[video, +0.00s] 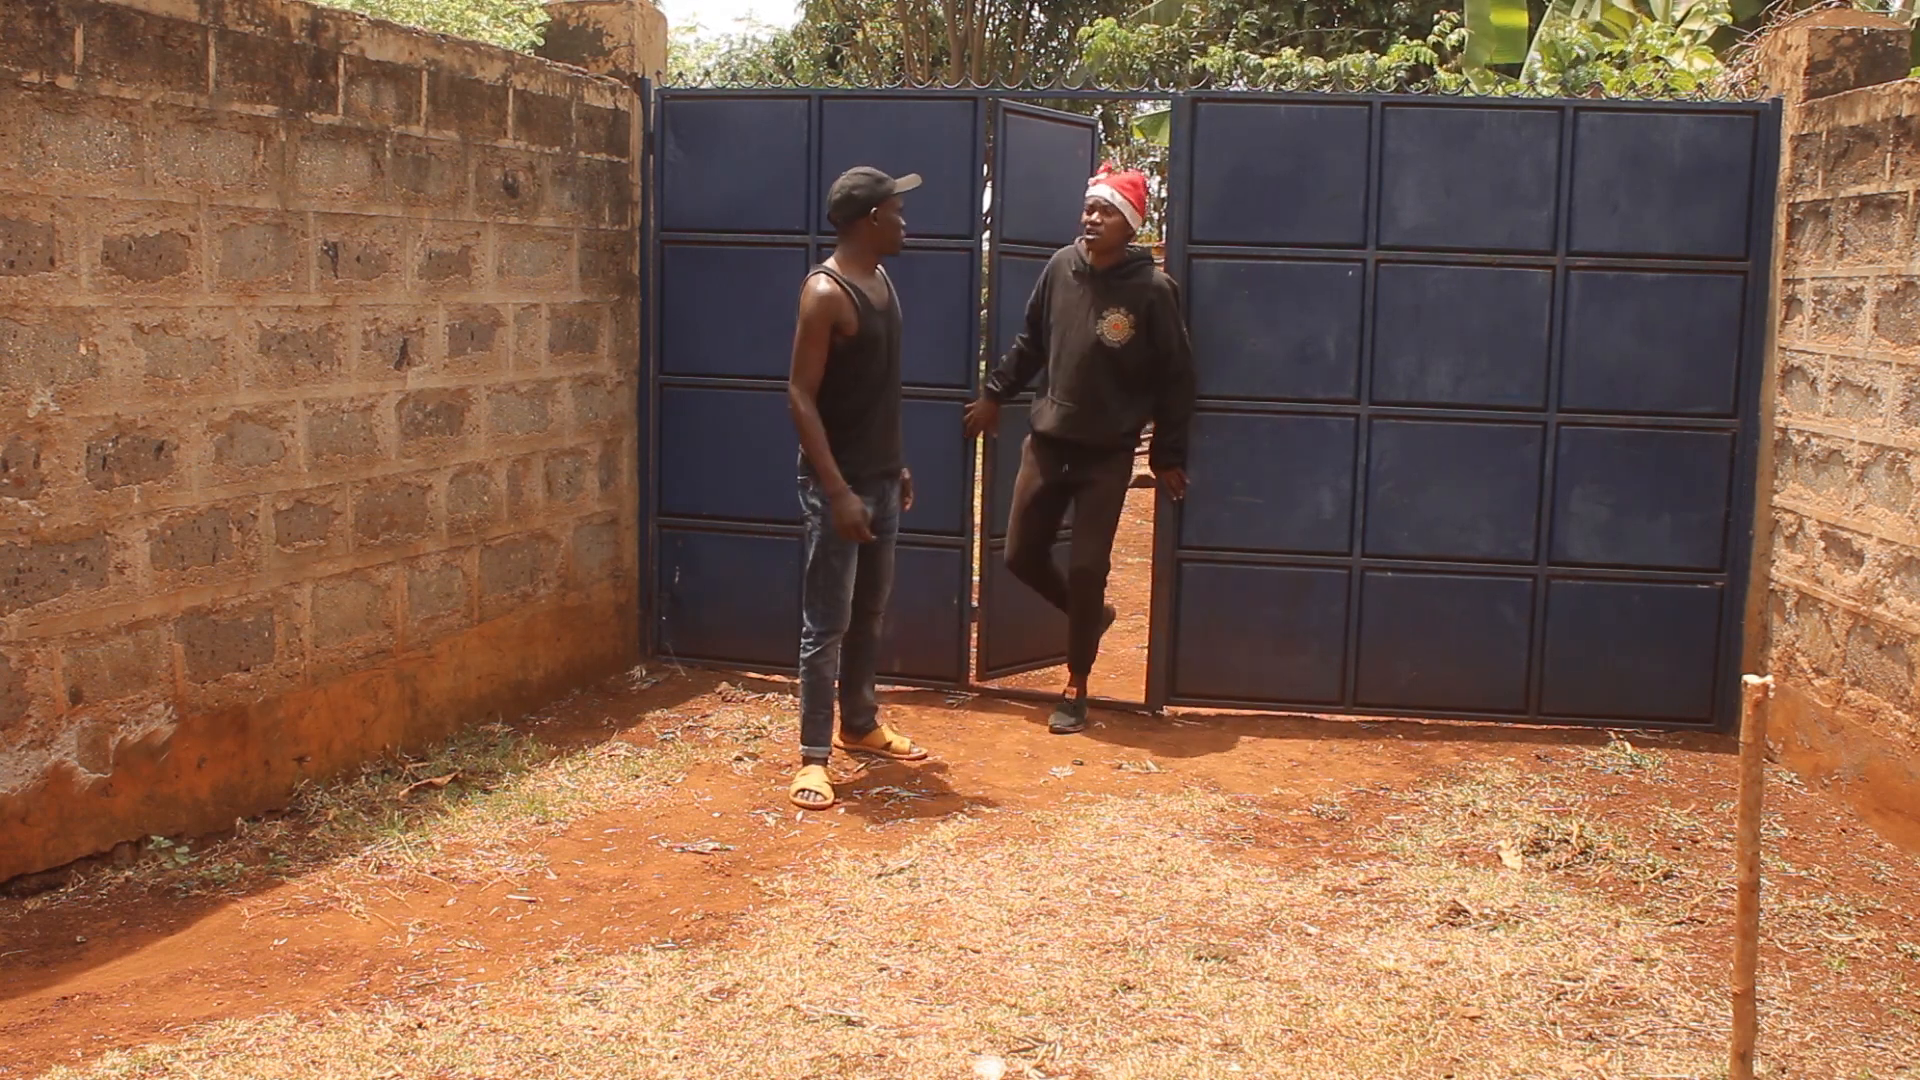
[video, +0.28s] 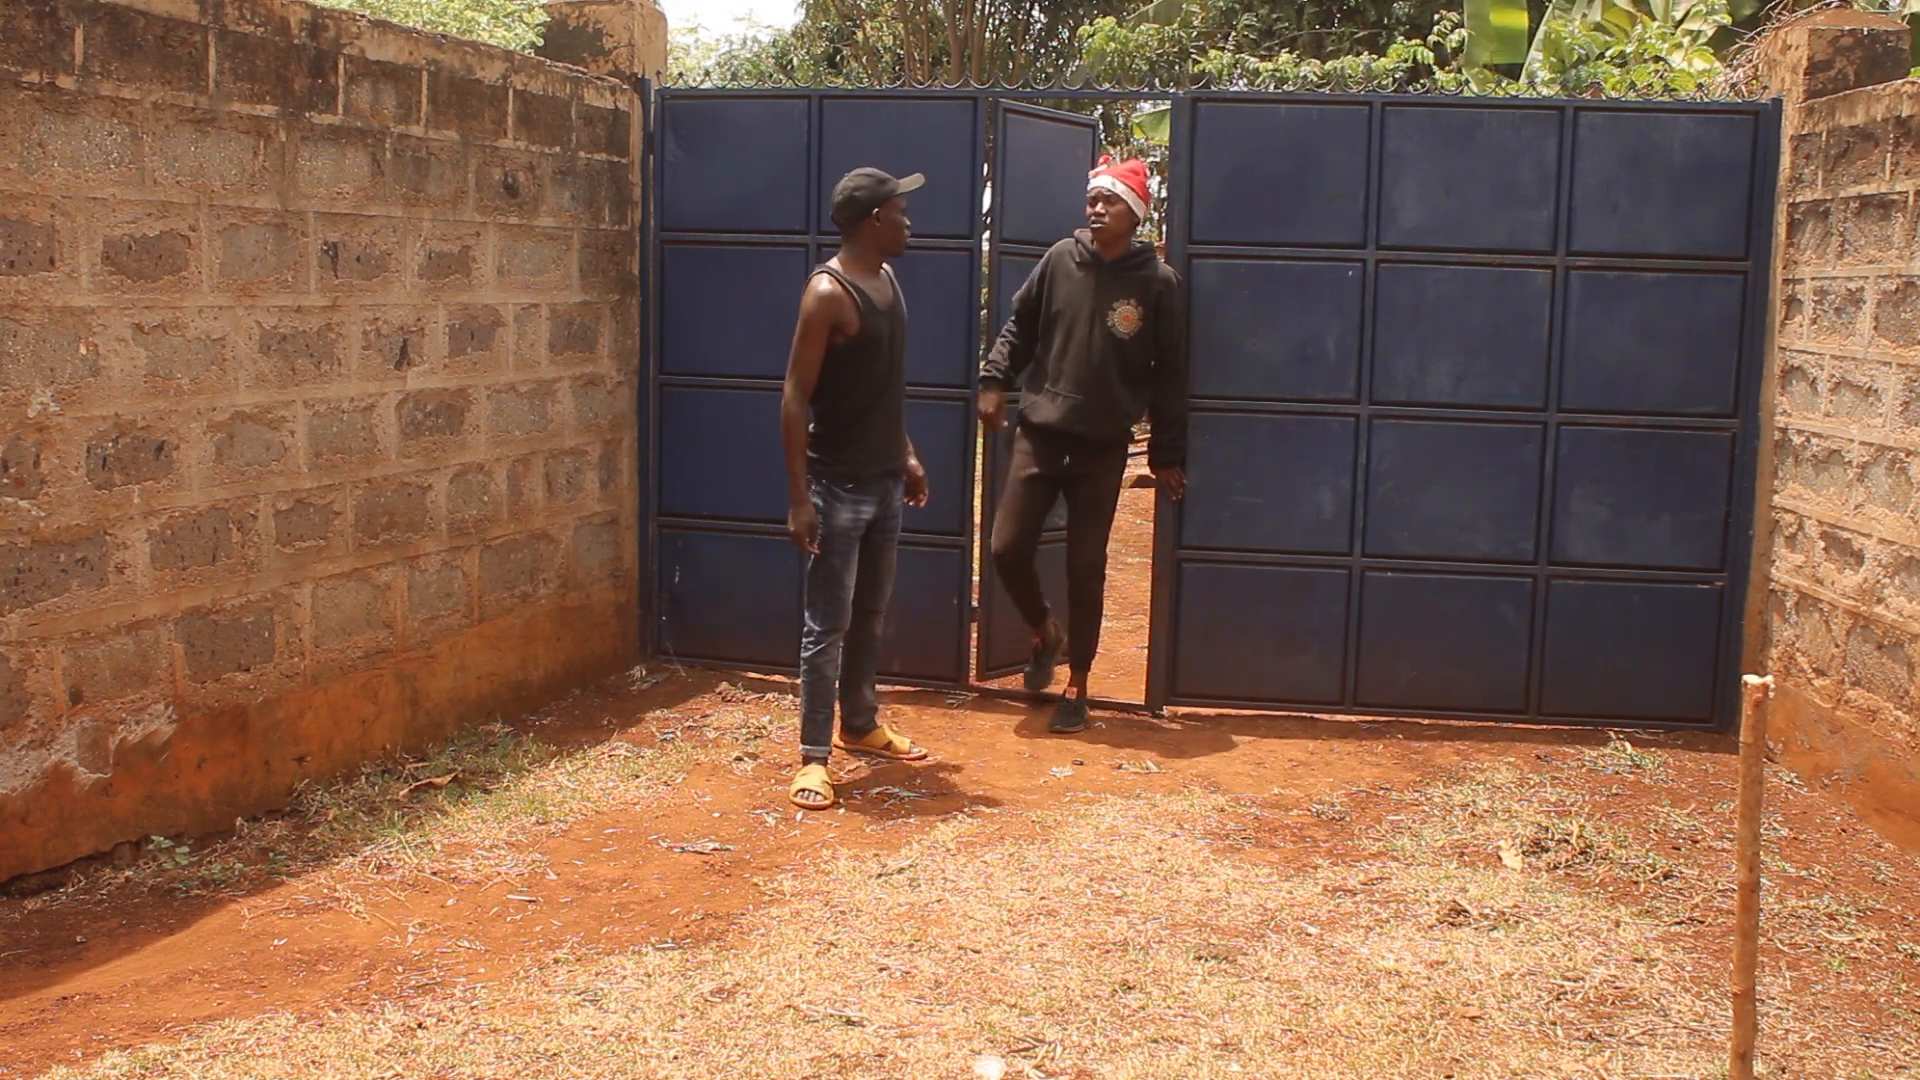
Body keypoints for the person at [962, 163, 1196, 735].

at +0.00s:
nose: (1091, 218)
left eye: (1105, 211)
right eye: (1088, 208)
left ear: (1133, 224)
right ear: (1081, 214)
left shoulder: (1154, 289)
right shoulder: (1062, 264)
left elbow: (1176, 378)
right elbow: (1032, 340)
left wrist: (1169, 455)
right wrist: (993, 395)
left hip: (1108, 449)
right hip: (1046, 440)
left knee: (1086, 568)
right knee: (1021, 556)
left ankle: (1074, 693)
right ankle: (1091, 611)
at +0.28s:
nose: (1097, 208)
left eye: (1110, 201)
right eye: (1093, 199)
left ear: (1137, 212)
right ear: (1086, 205)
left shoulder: (1158, 282)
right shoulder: (1060, 257)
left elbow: (1169, 375)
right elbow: (1019, 325)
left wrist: (1168, 454)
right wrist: (993, 380)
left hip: (1102, 443)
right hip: (1038, 433)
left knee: (1086, 566)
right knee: (1006, 549)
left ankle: (1078, 687)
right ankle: (1045, 634)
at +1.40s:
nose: (1082, 214)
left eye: (1095, 205)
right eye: (1076, 202)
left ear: (1119, 215)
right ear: (1067, 205)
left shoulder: (1128, 285)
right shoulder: (1034, 255)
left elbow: (1144, 376)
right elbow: (989, 331)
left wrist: (1163, 453)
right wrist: (1023, 389)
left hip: (1081, 445)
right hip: (1013, 438)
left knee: (1073, 566)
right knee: (1006, 564)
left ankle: (1075, 688)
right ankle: (993, 690)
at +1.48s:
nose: (1081, 215)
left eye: (1094, 207)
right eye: (1075, 204)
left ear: (1118, 216)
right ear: (1066, 206)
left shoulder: (1131, 285)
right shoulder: (1033, 255)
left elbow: (1144, 377)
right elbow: (993, 332)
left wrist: (1163, 454)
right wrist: (1022, 390)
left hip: (1081, 441)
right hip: (1013, 433)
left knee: (1073, 564)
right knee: (1006, 562)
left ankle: (1074, 688)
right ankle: (992, 689)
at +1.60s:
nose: (1082, 222)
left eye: (1095, 214)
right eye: (1078, 210)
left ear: (1122, 220)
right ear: (1070, 210)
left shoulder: (1140, 286)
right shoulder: (1044, 257)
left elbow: (1148, 379)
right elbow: (1002, 324)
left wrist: (1160, 457)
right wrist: (1016, 374)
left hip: (1083, 440)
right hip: (1017, 428)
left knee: (1074, 566)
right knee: (1003, 561)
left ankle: (1074, 689)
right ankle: (991, 689)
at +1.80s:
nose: (1097, 222)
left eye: (1110, 214)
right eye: (1093, 211)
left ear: (1138, 221)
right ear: (1088, 213)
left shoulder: (1156, 283)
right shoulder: (1067, 263)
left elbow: (1159, 377)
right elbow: (1024, 314)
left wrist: (1159, 458)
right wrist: (979, 338)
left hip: (1098, 435)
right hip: (1038, 425)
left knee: (1081, 564)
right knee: (1000, 540)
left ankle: (1075, 686)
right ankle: (1043, 608)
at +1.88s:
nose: (1100, 220)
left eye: (1113, 212)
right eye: (1095, 208)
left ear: (1139, 221)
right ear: (1089, 211)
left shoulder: (1152, 280)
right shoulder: (1068, 259)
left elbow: (1157, 376)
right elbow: (1026, 328)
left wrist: (1161, 458)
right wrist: (969, 350)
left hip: (1104, 435)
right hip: (1042, 426)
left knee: (1084, 565)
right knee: (1011, 549)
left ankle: (1075, 689)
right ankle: (1083, 582)